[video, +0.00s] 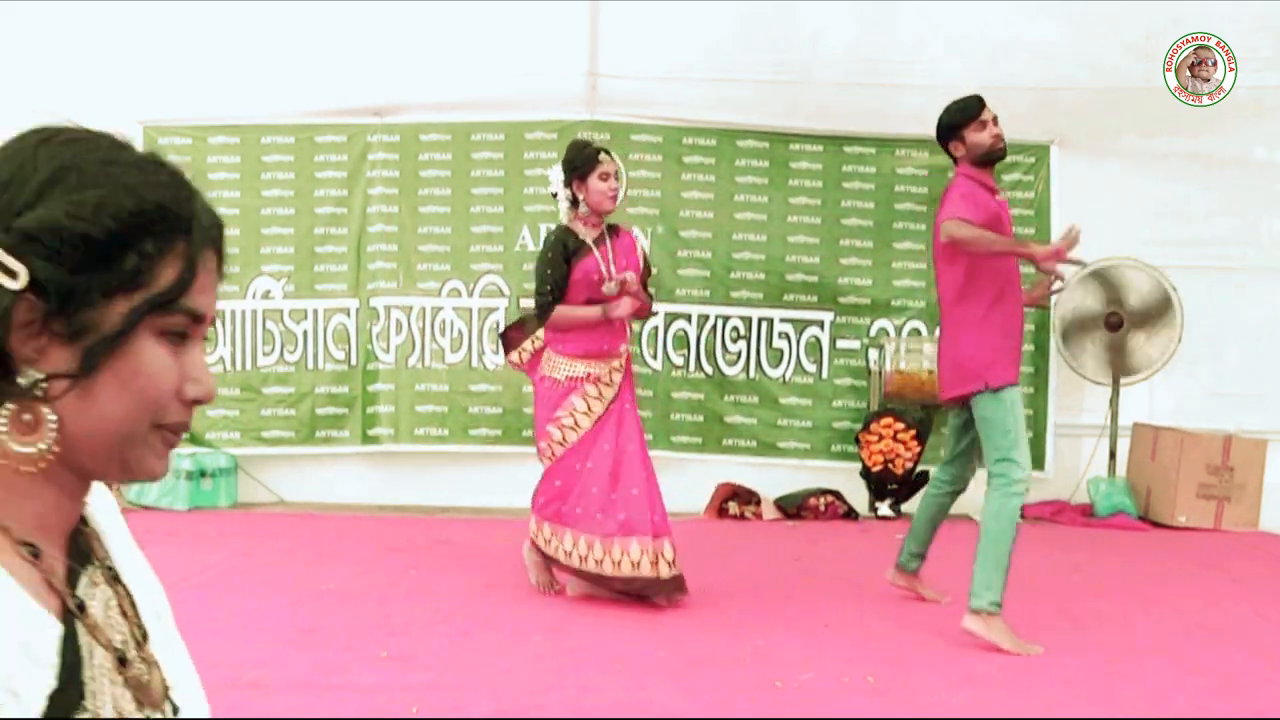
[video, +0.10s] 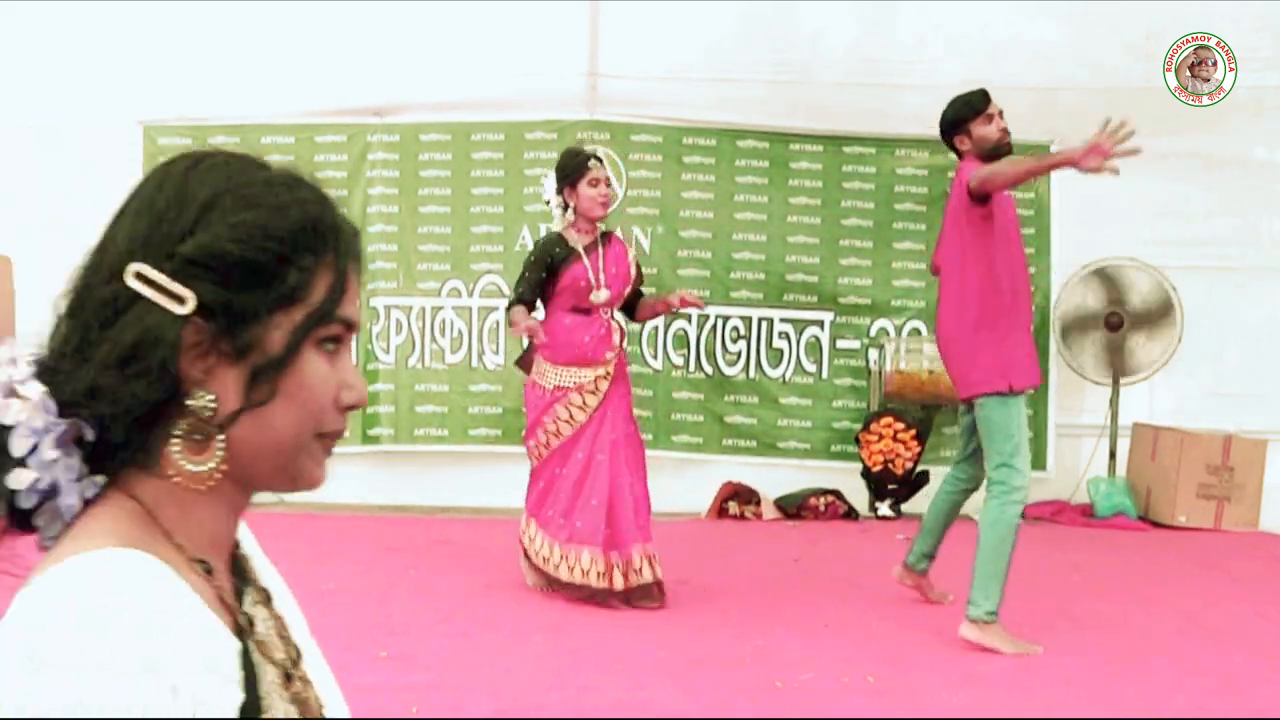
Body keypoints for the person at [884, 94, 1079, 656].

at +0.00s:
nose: (996, 130)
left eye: (995, 121)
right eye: (984, 126)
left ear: (994, 134)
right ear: (958, 144)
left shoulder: (983, 197)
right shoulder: (968, 189)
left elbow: (980, 292)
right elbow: (953, 232)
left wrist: (1032, 295)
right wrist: (1033, 250)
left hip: (977, 355)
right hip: (984, 358)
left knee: (952, 474)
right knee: (1011, 475)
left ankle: (906, 567)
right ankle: (985, 610)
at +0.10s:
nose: (1003, 123)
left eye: (1000, 115)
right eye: (991, 119)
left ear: (976, 135)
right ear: (964, 137)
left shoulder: (972, 186)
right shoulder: (973, 174)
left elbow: (942, 264)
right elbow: (988, 178)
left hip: (981, 352)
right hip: (992, 353)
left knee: (969, 465)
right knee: (1009, 482)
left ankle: (915, 565)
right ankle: (982, 618)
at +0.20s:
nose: (1004, 103)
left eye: (1002, 96)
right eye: (993, 98)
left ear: (978, 115)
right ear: (966, 116)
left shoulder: (972, 166)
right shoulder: (973, 154)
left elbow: (940, 235)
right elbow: (1001, 132)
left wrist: (991, 270)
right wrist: (1075, 91)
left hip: (986, 334)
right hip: (986, 336)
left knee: (977, 458)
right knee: (1000, 462)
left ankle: (922, 559)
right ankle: (988, 602)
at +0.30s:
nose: (1004, 105)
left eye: (1002, 97)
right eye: (991, 101)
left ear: (988, 107)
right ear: (963, 118)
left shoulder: (966, 169)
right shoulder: (971, 156)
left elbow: (932, 251)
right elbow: (1009, 149)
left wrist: (991, 268)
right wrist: (1068, 97)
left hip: (984, 340)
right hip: (981, 341)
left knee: (985, 461)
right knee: (998, 465)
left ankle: (928, 561)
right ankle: (968, 604)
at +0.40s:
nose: (1000, 130)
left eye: (999, 122)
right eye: (987, 125)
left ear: (989, 134)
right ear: (958, 141)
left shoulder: (970, 192)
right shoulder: (963, 184)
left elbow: (937, 292)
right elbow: (989, 234)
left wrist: (1012, 320)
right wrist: (1057, 184)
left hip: (982, 363)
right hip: (976, 363)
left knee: (989, 481)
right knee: (1001, 488)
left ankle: (927, 571)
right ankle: (961, 621)